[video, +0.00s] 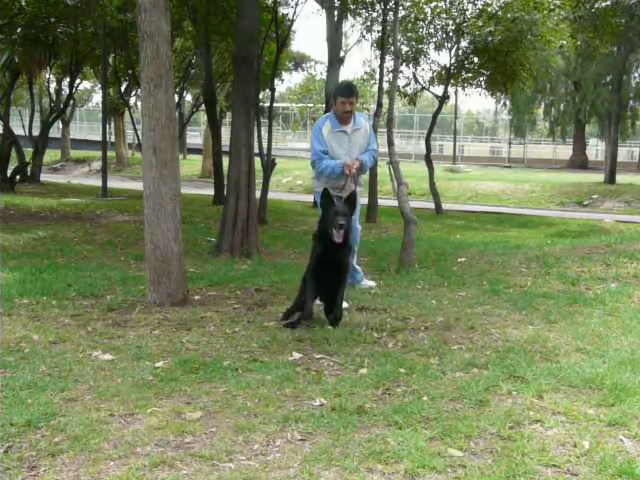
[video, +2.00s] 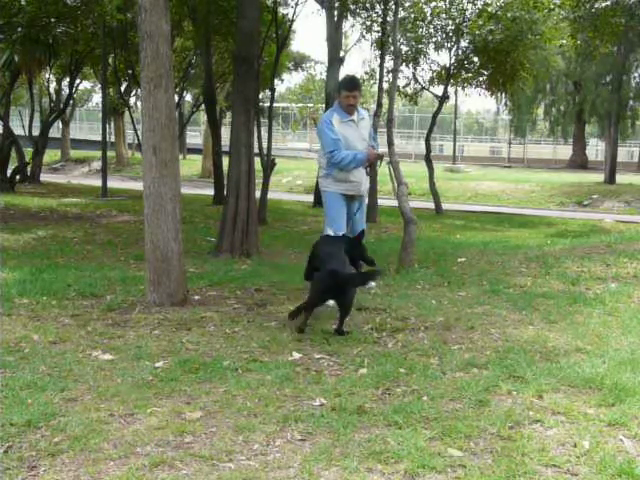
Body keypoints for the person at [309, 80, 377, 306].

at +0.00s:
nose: (347, 108)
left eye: (351, 104)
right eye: (343, 104)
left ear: (356, 103)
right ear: (333, 103)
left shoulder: (363, 122)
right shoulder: (321, 127)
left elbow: (373, 151)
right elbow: (318, 163)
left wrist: (361, 163)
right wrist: (342, 167)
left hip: (352, 189)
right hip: (328, 190)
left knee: (353, 234)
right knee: (331, 237)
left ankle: (353, 275)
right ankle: (329, 287)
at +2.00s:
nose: (351, 102)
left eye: (355, 97)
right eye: (347, 97)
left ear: (360, 97)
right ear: (338, 97)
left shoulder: (365, 117)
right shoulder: (328, 120)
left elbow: (373, 143)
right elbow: (334, 157)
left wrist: (371, 156)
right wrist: (366, 157)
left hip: (359, 185)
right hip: (334, 185)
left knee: (357, 234)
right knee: (335, 234)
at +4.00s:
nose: (358, 104)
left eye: (362, 100)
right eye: (354, 100)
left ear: (365, 101)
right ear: (343, 99)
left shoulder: (363, 121)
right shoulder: (332, 125)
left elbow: (361, 146)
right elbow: (335, 167)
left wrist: (363, 157)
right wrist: (361, 180)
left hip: (349, 187)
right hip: (329, 186)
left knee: (354, 234)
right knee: (338, 234)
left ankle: (351, 274)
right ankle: (328, 292)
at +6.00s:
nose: (358, 108)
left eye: (361, 103)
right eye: (354, 103)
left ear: (364, 103)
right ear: (343, 102)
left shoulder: (351, 127)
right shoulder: (332, 127)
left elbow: (350, 162)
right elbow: (337, 170)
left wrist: (368, 171)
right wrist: (368, 173)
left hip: (343, 190)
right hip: (327, 189)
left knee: (350, 237)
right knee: (337, 235)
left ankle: (340, 283)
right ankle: (325, 291)